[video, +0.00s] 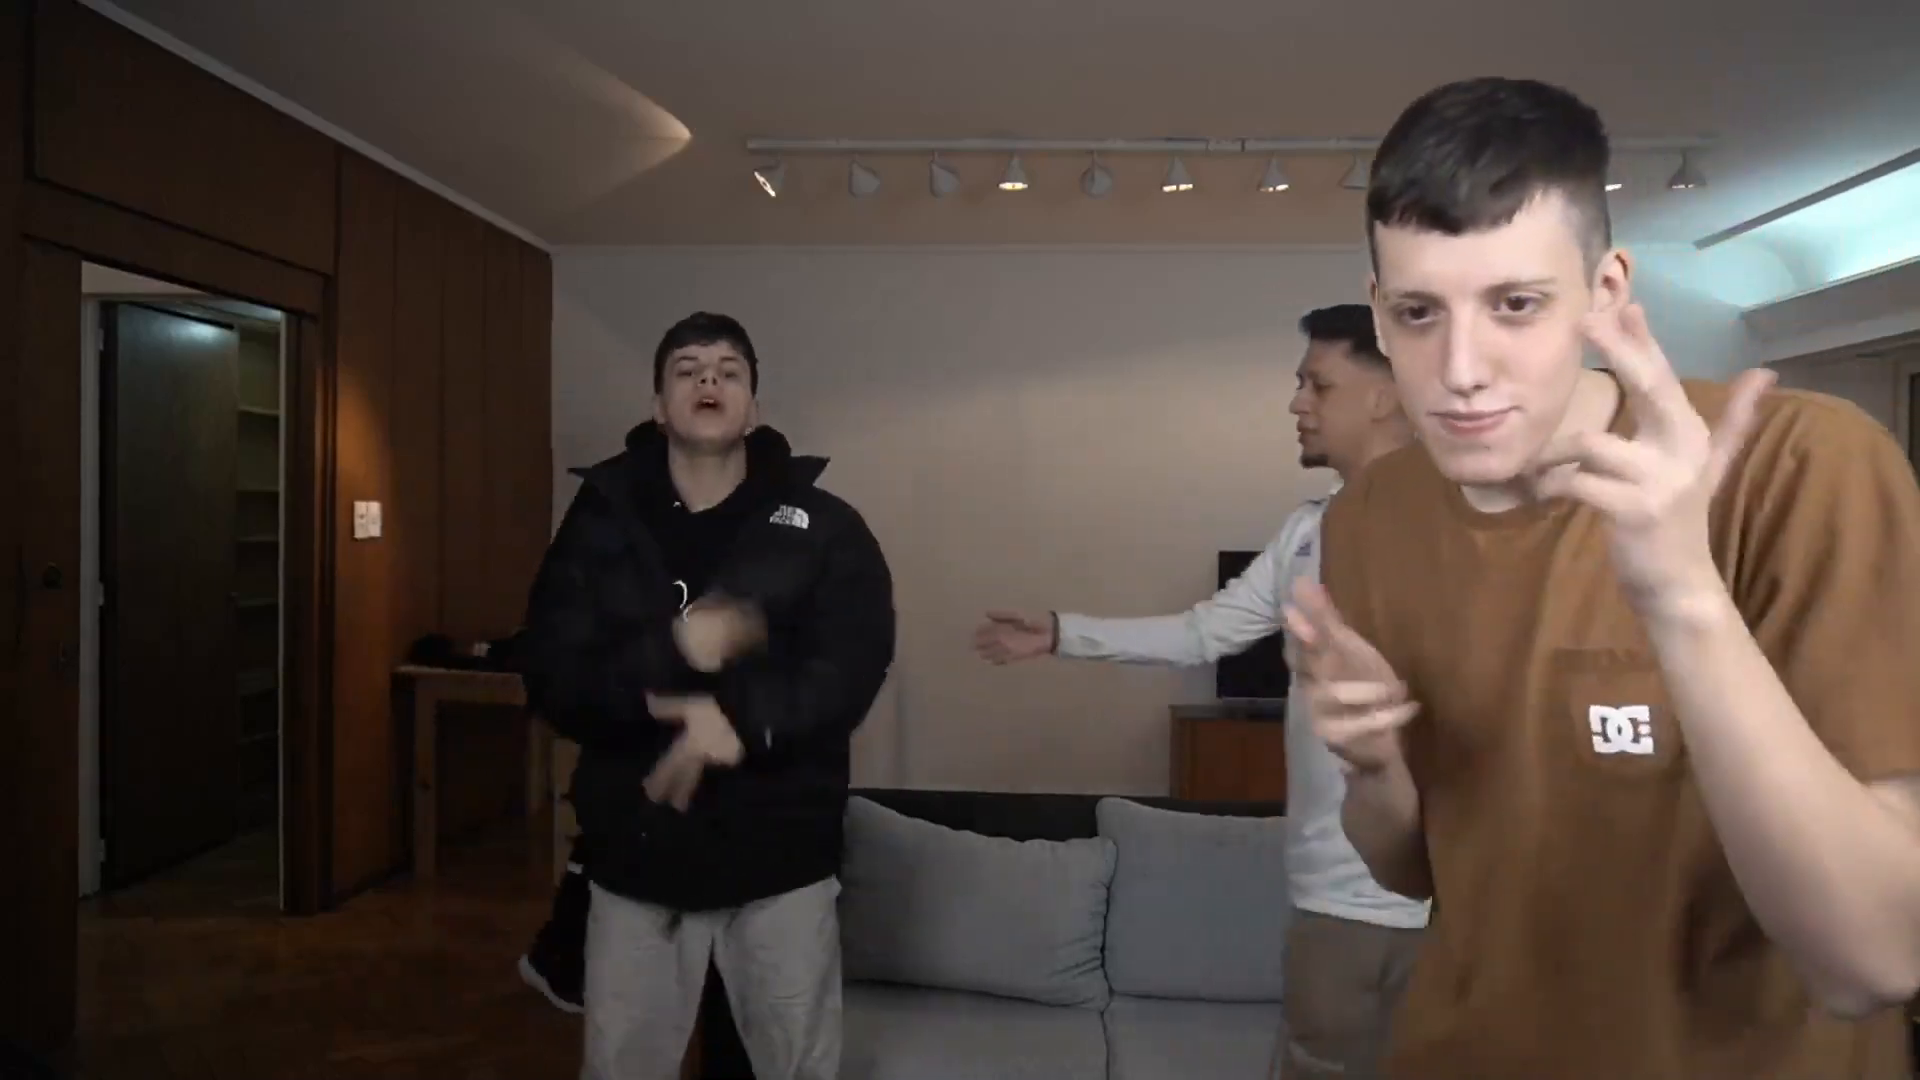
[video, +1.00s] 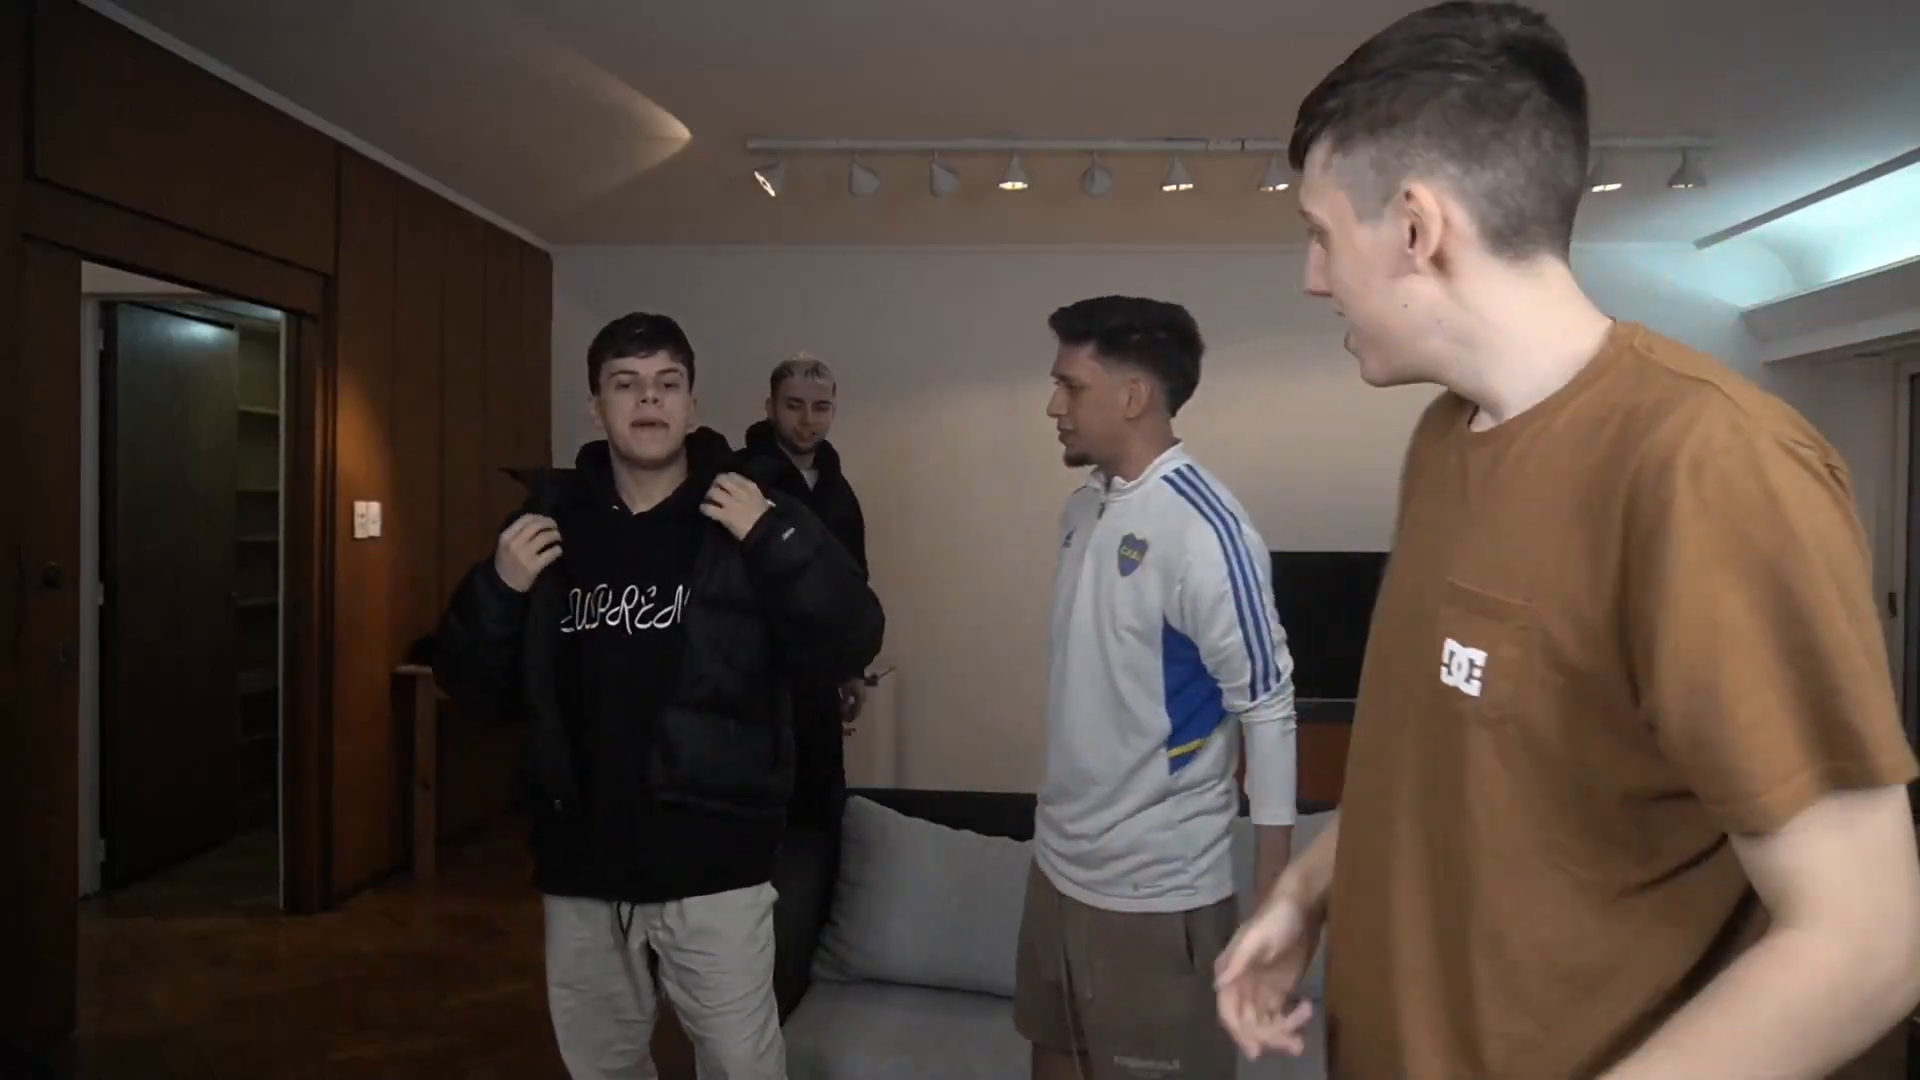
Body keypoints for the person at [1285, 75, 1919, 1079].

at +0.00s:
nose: (1461, 371)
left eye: (1515, 306)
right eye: (1417, 313)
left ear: (1608, 295)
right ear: (1381, 314)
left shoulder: (1806, 472)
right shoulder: (1372, 521)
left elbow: (1874, 960)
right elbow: (1408, 876)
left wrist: (1682, 594)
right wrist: (1374, 769)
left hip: (1749, 1061)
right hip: (1462, 1052)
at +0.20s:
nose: (1469, 369)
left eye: (1524, 305)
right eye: (1426, 309)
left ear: (1616, 295)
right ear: (1385, 303)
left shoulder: (1801, 479)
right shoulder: (1337, 548)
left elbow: (1886, 949)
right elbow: (1316, 919)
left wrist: (1662, 663)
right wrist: (1243, 692)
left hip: (1807, 1061)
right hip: (1501, 1062)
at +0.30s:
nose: (1470, 361)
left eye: (1527, 298)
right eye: (1426, 302)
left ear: (1614, 291)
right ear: (1383, 298)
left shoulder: (1798, 480)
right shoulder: (1321, 544)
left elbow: (1905, 928)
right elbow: (1253, 901)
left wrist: (1638, 735)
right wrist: (1185, 615)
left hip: (1818, 1058)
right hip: (1505, 1059)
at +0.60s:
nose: (1452, 331)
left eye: (1504, 270)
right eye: (1411, 276)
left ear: (1608, 258)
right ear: (1379, 271)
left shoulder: (1791, 491)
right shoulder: (1320, 487)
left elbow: (1838, 900)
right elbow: (1266, 820)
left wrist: (1562, 838)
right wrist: (1221, 667)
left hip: (1666, 1064)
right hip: (1361, 1059)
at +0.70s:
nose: (1443, 330)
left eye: (1499, 270)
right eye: (1406, 276)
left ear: (1600, 262)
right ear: (1375, 272)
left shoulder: (1773, 510)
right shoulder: (1335, 481)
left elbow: (1855, 922)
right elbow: (1311, 810)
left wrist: (1562, 901)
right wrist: (1271, 765)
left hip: (1615, 1067)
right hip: (1330, 1060)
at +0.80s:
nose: (1380, 316)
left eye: (1435, 262)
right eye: (1363, 264)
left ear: (1572, 249)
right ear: (1346, 250)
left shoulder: (1752, 505)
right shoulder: (1355, 461)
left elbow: (1876, 931)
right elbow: (1342, 714)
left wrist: (1536, 1000)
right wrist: (1287, 777)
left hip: (1617, 1066)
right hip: (1342, 1055)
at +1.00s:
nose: (1308, 280)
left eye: (1318, 230)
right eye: (1308, 235)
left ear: (1422, 230)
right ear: (1423, 234)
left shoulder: (1712, 458)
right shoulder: (1447, 437)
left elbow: (1866, 938)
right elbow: (1465, 767)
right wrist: (1308, 885)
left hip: (1561, 1049)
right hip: (1385, 1048)